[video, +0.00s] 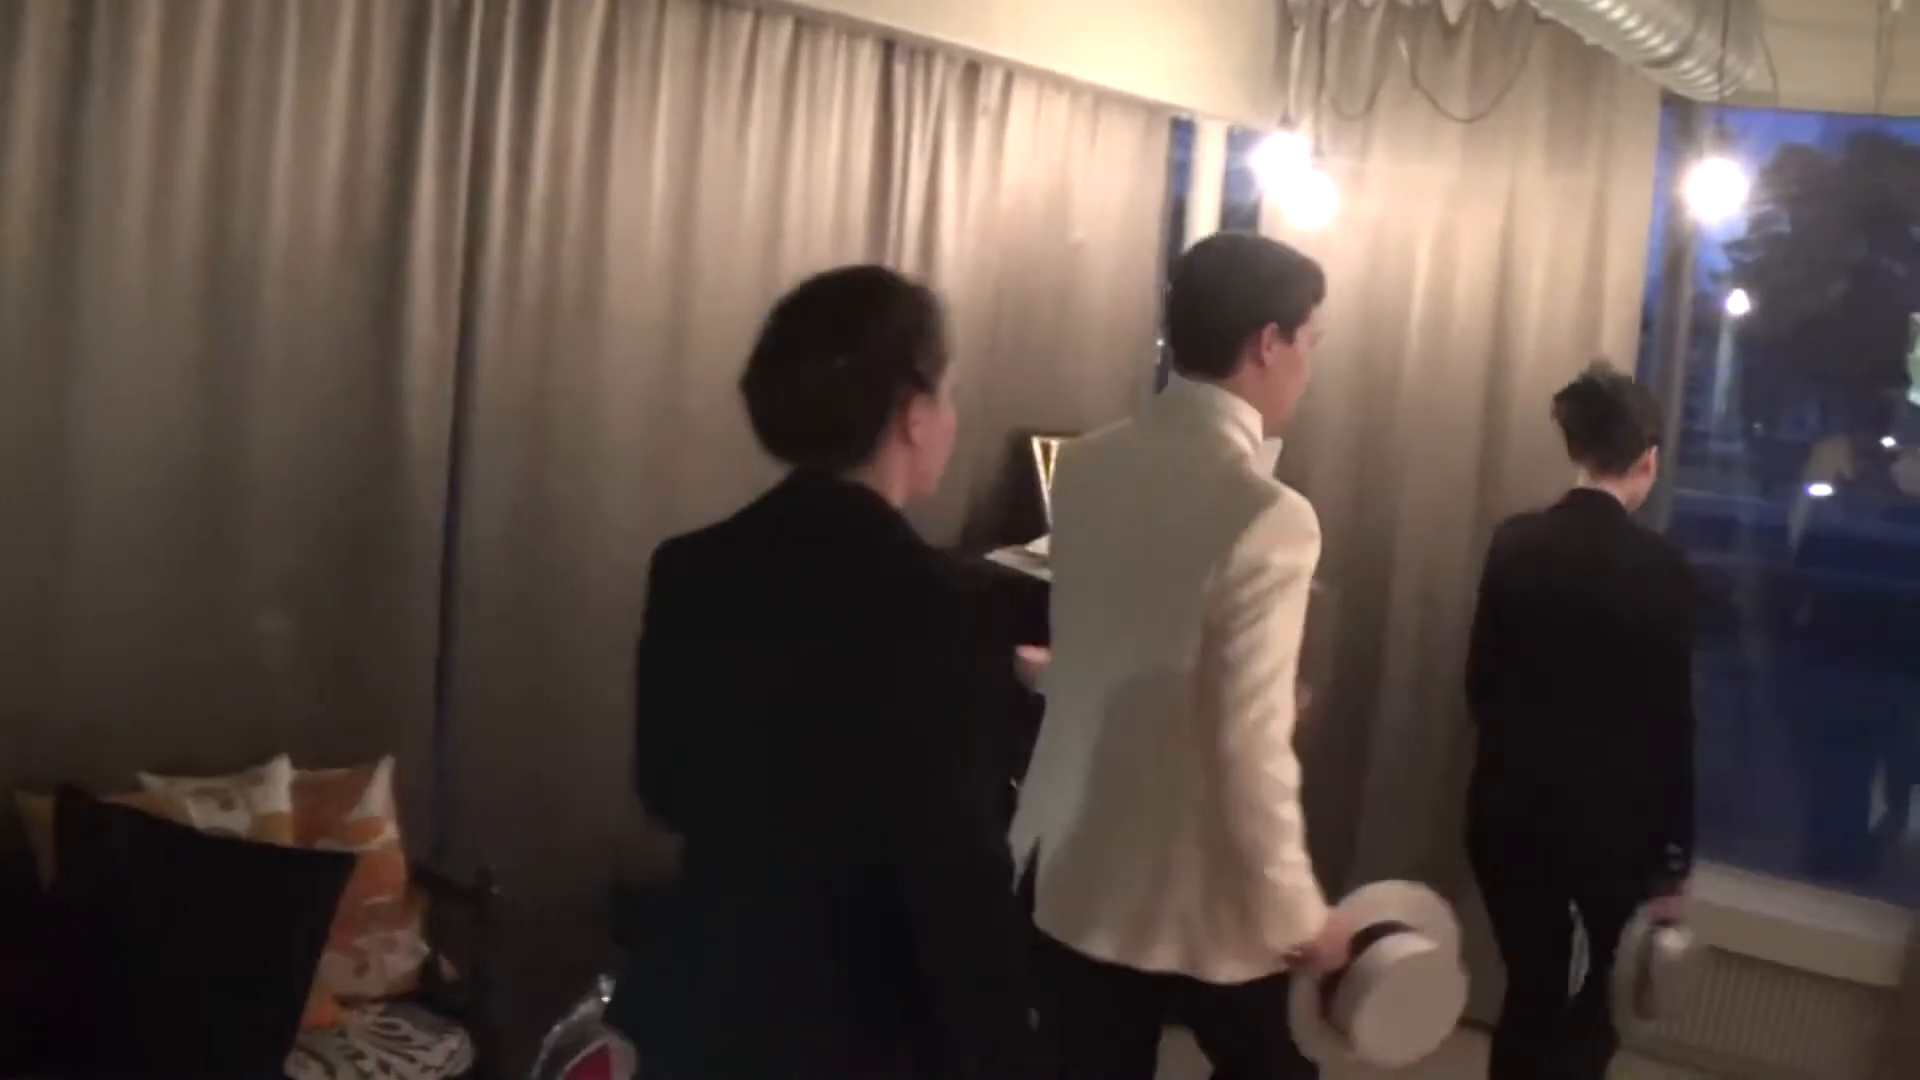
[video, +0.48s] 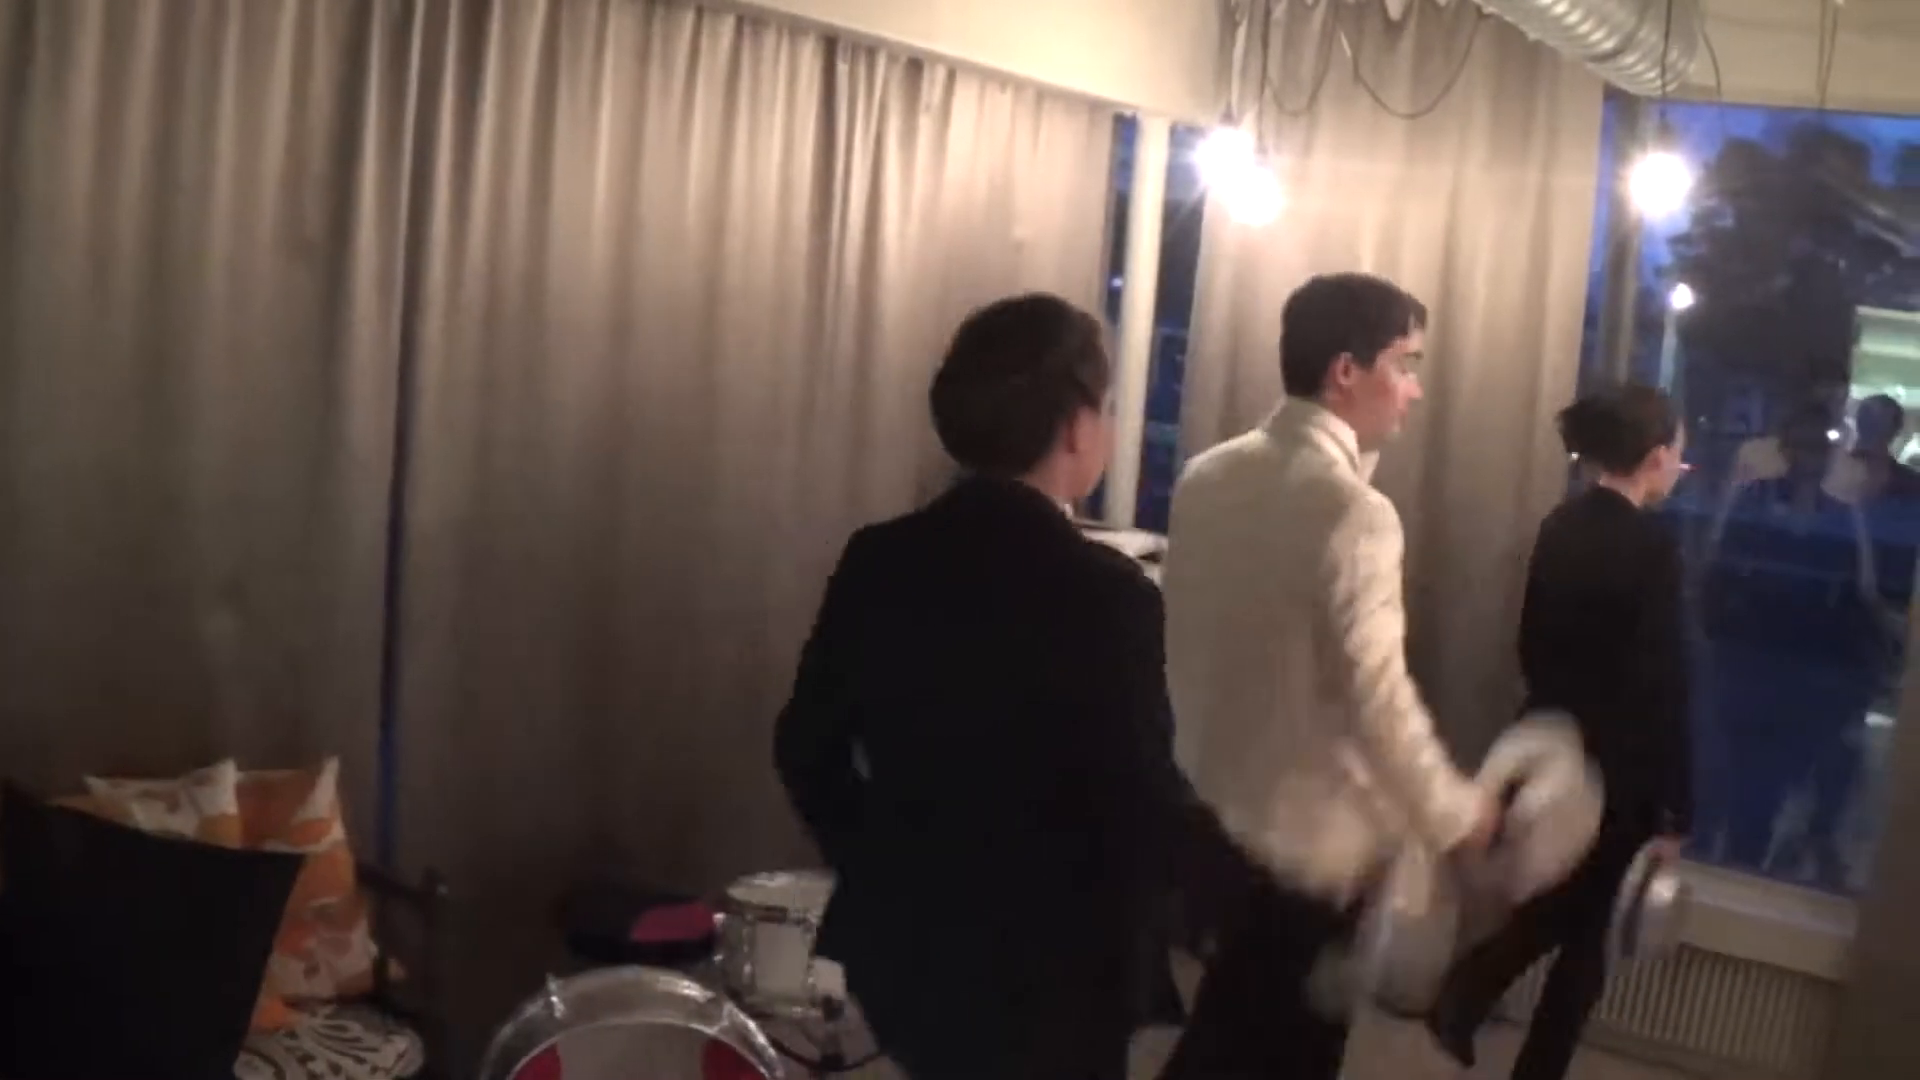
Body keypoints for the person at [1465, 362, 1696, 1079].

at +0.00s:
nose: (1657, 472)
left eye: (1650, 456)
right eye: (1657, 459)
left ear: (1573, 450)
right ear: (1646, 463)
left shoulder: (1516, 542)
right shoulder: (1658, 565)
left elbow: (1481, 684)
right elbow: (1673, 724)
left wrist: (1510, 762)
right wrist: (1673, 862)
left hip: (1511, 812)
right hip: (1613, 819)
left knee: (1530, 985)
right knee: (1606, 987)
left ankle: (1516, 1075)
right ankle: (1570, 1070)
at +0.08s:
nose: (1660, 457)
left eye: (1656, 441)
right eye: (1659, 444)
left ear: (1580, 434)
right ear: (1648, 449)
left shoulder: (1518, 519)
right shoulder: (1652, 549)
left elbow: (1496, 625)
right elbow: (1652, 697)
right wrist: (1642, 823)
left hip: (1504, 787)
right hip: (1598, 802)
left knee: (1508, 984)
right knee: (1589, 997)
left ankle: (1493, 1072)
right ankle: (1562, 1075)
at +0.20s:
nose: (1664, 463)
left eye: (1665, 450)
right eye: (1665, 450)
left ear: (1585, 441)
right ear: (1650, 455)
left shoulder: (1526, 516)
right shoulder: (1652, 543)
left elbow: (1532, 606)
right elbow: (1637, 659)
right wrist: (1616, 759)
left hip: (1519, 742)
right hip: (1604, 762)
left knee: (1508, 957)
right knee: (1577, 959)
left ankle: (1489, 1065)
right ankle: (1549, 1068)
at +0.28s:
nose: (1674, 463)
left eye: (1675, 450)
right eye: (1674, 450)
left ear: (1594, 443)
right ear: (1659, 456)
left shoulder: (1536, 517)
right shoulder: (1656, 542)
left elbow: (1533, 614)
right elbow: (1640, 656)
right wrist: (1623, 754)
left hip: (1528, 734)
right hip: (1613, 755)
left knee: (1513, 951)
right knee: (1582, 960)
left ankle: (1478, 1066)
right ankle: (1549, 1070)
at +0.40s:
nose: (1679, 465)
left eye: (1679, 451)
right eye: (1677, 451)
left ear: (1592, 450)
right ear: (1658, 458)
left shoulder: (1551, 523)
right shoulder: (1657, 545)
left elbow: (1529, 641)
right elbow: (1650, 688)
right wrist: (1643, 812)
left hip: (1540, 748)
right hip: (1611, 767)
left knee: (1523, 909)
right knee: (1591, 941)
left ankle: (1459, 1035)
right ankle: (1548, 1068)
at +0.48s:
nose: (1681, 466)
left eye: (1680, 452)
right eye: (1676, 453)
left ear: (1599, 454)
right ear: (1649, 459)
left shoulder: (1562, 525)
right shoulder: (1649, 543)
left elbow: (1535, 647)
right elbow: (1663, 686)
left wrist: (1545, 743)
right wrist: (1675, 806)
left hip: (1558, 747)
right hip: (1624, 761)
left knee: (1562, 898)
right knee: (1586, 933)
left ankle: (1464, 996)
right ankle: (1541, 1064)